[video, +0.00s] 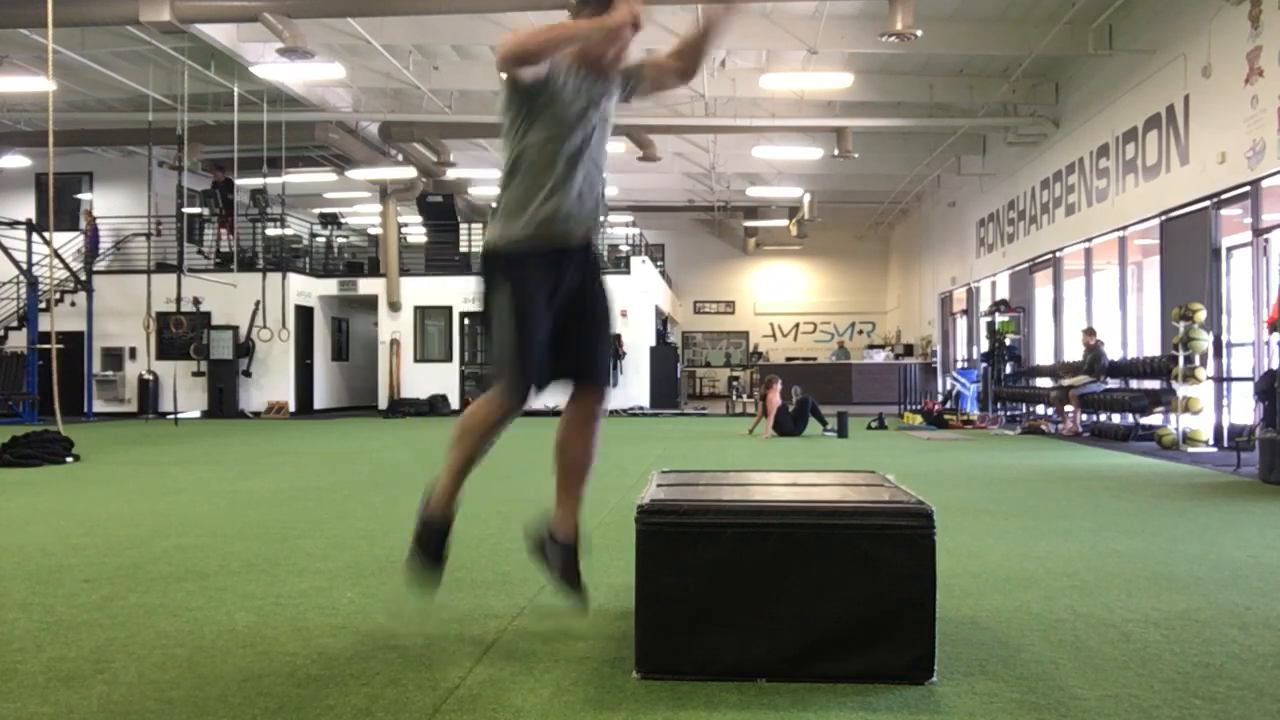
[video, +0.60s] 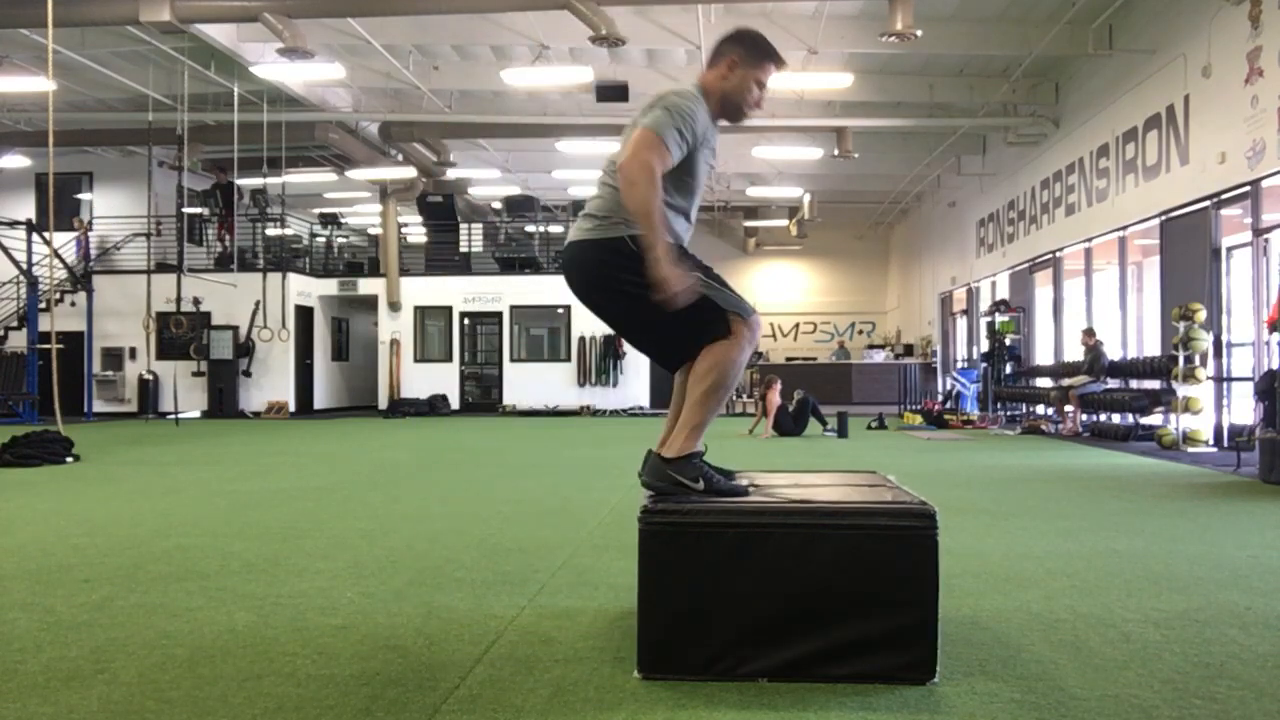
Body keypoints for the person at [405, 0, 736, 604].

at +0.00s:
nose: (627, 43)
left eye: (632, 34)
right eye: (622, 29)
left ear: (624, 38)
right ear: (589, 23)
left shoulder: (613, 77)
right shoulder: (544, 62)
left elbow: (677, 68)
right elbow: (510, 54)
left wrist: (712, 22)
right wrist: (590, 27)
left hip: (577, 252)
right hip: (520, 248)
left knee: (591, 387)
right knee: (513, 386)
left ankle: (563, 532)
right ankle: (439, 506)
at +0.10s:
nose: (668, 35)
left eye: (673, 25)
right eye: (664, 21)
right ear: (631, 8)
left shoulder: (643, 66)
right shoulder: (577, 34)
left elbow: (690, 84)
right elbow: (506, 42)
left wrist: (742, 93)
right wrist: (553, 93)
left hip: (575, 211)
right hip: (524, 208)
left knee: (647, 306)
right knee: (593, 308)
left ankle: (565, 415)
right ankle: (500, 404)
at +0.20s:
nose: (711, 45)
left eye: (717, 35)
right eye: (707, 29)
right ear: (672, 12)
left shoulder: (672, 83)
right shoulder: (617, 40)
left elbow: (688, 132)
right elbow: (529, 54)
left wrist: (715, 168)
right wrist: (465, 127)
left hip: (585, 189)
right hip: (541, 183)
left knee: (682, 256)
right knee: (662, 249)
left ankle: (602, 374)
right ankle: (591, 377)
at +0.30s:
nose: (746, 65)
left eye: (751, 56)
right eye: (743, 50)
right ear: (711, 32)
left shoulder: (688, 96)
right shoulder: (647, 58)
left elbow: (652, 169)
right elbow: (552, 71)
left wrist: (648, 224)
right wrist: (473, 125)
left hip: (610, 204)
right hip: (571, 196)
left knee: (692, 277)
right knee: (683, 275)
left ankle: (667, 418)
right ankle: (662, 420)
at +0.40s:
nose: (763, 91)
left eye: (767, 81)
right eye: (761, 76)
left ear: (732, 63)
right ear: (730, 58)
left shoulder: (698, 113)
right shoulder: (674, 88)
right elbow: (578, 114)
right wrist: (511, 181)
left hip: (627, 236)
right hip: (606, 232)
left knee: (712, 326)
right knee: (720, 321)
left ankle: (668, 458)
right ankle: (671, 458)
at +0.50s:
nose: (769, 108)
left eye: (774, 99)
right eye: (767, 93)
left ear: (737, 79)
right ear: (737, 74)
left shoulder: (701, 128)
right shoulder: (691, 108)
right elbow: (619, 160)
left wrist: (574, 266)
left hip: (619, 255)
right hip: (632, 247)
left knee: (708, 342)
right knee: (743, 327)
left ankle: (668, 456)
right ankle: (680, 454)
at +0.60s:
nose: (760, 99)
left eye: (764, 90)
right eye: (757, 84)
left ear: (727, 70)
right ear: (727, 66)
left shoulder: (697, 121)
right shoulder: (686, 106)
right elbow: (637, 164)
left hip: (602, 251)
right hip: (617, 244)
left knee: (704, 348)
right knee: (740, 328)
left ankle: (668, 458)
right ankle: (681, 456)